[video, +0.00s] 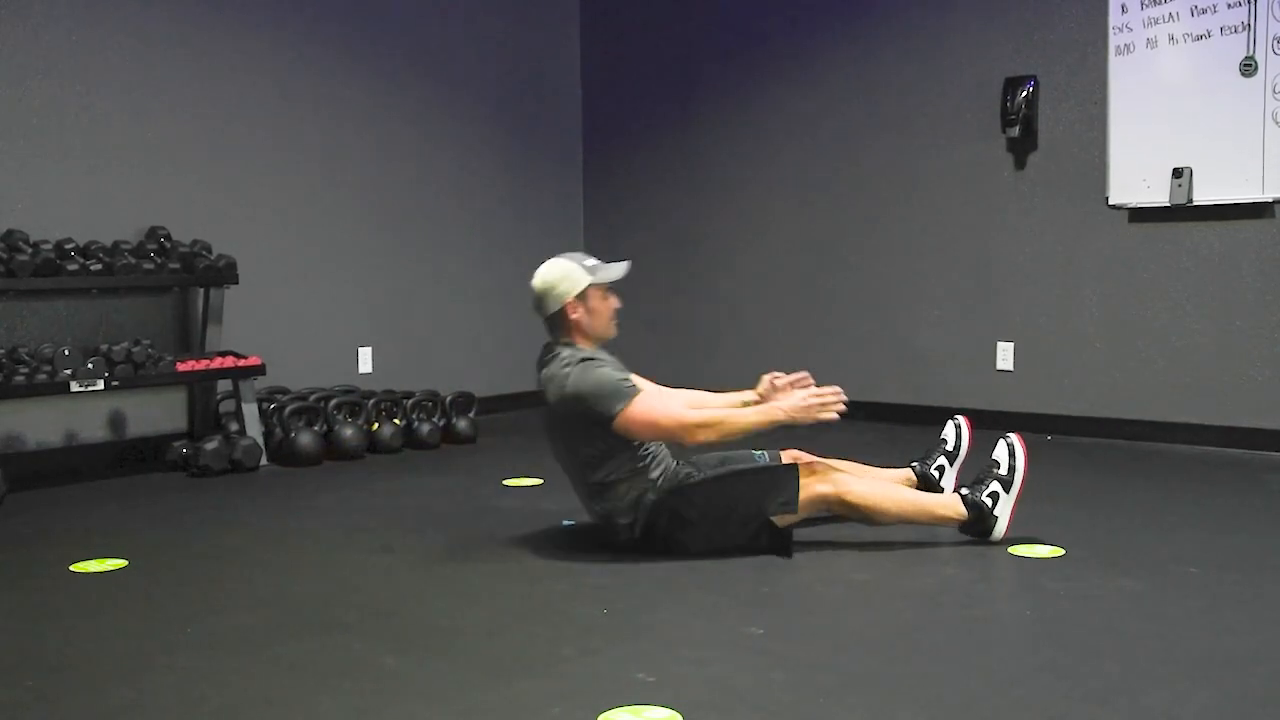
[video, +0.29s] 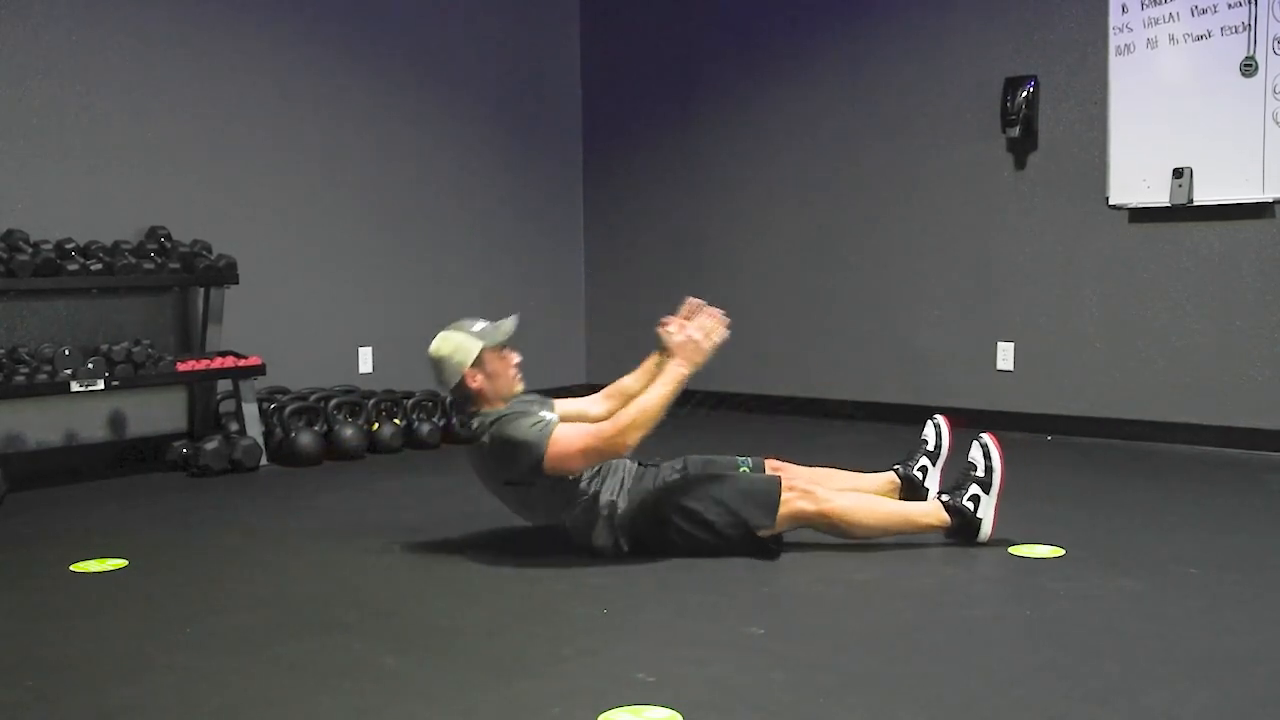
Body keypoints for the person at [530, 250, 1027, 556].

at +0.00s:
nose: (614, 301)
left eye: (609, 291)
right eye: (603, 294)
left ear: (575, 310)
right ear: (573, 310)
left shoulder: (587, 361)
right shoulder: (581, 377)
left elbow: (672, 402)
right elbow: (687, 430)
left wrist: (753, 395)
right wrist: (780, 414)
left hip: (661, 481)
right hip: (650, 508)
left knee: (804, 462)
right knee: (823, 487)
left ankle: (926, 475)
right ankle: (976, 512)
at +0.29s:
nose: (511, 355)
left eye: (503, 348)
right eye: (498, 354)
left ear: (485, 373)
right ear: (474, 381)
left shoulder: (517, 407)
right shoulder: (505, 438)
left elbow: (608, 402)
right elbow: (613, 437)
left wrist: (668, 352)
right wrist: (684, 363)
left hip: (643, 480)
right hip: (634, 512)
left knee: (778, 469)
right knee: (800, 500)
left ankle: (908, 482)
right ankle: (953, 516)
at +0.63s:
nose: (413, 447)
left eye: (403, 442)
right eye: (400, 454)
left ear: (414, 451)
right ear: (399, 486)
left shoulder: (453, 483)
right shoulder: (458, 516)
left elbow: (516, 419)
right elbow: (513, 434)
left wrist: (454, 363)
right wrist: (450, 372)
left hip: (629, 485)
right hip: (629, 508)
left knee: (772, 466)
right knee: (788, 493)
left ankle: (899, 485)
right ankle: (940, 516)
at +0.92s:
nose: (382, 489)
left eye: (377, 483)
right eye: (375, 490)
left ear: (388, 492)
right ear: (382, 512)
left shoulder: (439, 504)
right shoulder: (433, 528)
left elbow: (398, 424)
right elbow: (390, 426)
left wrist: (341, 485)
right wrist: (319, 498)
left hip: (621, 486)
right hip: (621, 514)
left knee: (771, 469)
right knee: (783, 490)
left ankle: (896, 490)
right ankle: (938, 515)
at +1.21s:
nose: (387, 471)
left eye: (376, 471)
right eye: (376, 477)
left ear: (385, 480)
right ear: (386, 502)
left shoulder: (435, 495)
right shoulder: (437, 520)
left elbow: (444, 409)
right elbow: (444, 413)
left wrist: (359, 414)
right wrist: (358, 419)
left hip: (622, 485)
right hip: (623, 512)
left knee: (767, 462)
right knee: (787, 485)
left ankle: (897, 486)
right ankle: (938, 512)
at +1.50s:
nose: (492, 385)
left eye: (484, 378)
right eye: (477, 382)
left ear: (457, 405)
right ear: (453, 409)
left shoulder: (495, 436)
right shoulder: (489, 457)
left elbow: (583, 400)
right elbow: (598, 428)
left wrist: (639, 335)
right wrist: (652, 340)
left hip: (632, 489)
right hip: (626, 516)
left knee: (772, 455)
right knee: (796, 480)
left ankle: (901, 479)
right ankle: (948, 508)